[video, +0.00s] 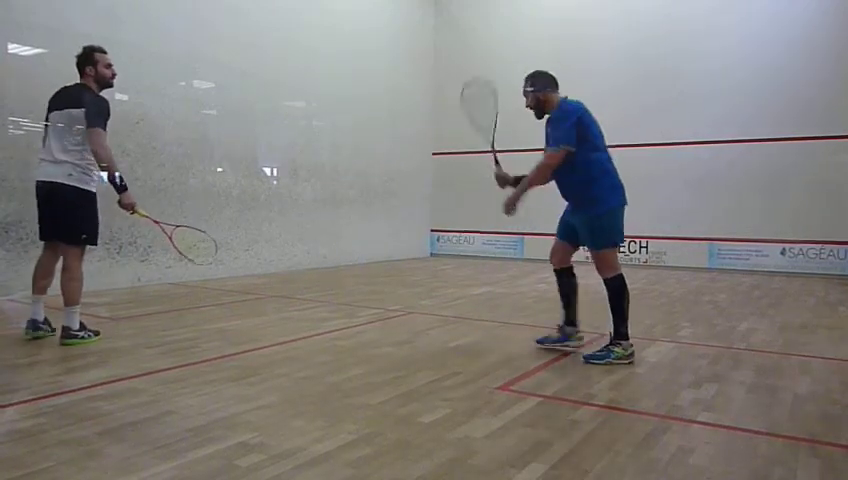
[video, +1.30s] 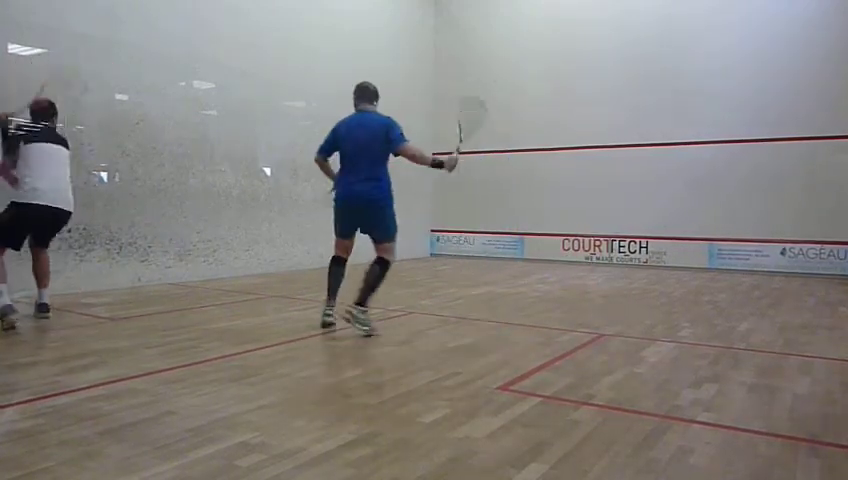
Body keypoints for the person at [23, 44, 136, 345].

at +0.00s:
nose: (113, 71)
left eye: (112, 66)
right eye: (107, 67)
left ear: (86, 72)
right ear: (90, 71)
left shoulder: (57, 97)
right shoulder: (96, 102)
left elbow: (47, 144)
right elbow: (99, 147)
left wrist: (83, 164)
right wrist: (123, 190)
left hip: (46, 184)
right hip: (76, 188)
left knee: (50, 249)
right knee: (73, 256)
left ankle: (36, 319)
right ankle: (72, 326)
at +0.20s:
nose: (111, 76)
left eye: (110, 70)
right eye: (105, 71)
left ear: (82, 75)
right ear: (88, 74)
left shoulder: (50, 98)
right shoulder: (95, 105)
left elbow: (33, 144)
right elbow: (98, 150)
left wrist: (50, 170)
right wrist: (119, 190)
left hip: (40, 185)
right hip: (74, 190)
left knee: (36, 249)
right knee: (71, 259)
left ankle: (22, 316)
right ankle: (72, 326)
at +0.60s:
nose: (66, 78)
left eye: (64, 73)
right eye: (62, 73)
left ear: (37, 77)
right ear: (50, 76)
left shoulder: (9, 104)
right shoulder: (65, 109)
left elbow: (1, 143)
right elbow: (82, 155)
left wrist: (4, 173)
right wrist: (82, 174)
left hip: (13, 190)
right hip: (53, 192)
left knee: (15, 251)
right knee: (67, 253)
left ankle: (11, 315)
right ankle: (70, 307)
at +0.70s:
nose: (56, 76)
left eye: (53, 71)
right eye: (52, 71)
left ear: (27, 78)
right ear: (42, 76)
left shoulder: (5, 102)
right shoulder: (59, 108)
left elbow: (3, 143)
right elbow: (75, 154)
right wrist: (65, 162)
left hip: (10, 189)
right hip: (48, 191)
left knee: (11, 249)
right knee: (60, 247)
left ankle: (10, 314)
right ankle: (62, 303)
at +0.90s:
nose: (45, 76)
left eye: (42, 72)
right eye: (42, 72)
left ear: (16, 78)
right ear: (34, 77)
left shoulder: (3, 102)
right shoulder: (55, 109)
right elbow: (65, 149)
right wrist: (37, 135)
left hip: (8, 187)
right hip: (44, 189)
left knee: (9, 248)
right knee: (41, 245)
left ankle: (10, 312)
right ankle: (46, 306)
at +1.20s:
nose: (48, 105)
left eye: (47, 101)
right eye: (47, 101)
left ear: (25, 101)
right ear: (46, 101)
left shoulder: (13, 119)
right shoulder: (58, 126)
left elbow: (2, 137)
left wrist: (7, 110)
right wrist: (15, 112)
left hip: (22, 195)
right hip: (57, 197)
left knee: (4, 250)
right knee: (40, 243)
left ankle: (9, 308)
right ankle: (42, 301)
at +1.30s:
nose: (32, 112)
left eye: (32, 110)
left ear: (31, 115)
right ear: (54, 118)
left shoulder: (22, 129)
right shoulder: (63, 141)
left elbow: (4, 160)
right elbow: (50, 177)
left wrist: (9, 176)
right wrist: (13, 176)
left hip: (30, 201)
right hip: (63, 206)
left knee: (1, 246)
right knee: (40, 246)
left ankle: (4, 301)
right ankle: (43, 301)